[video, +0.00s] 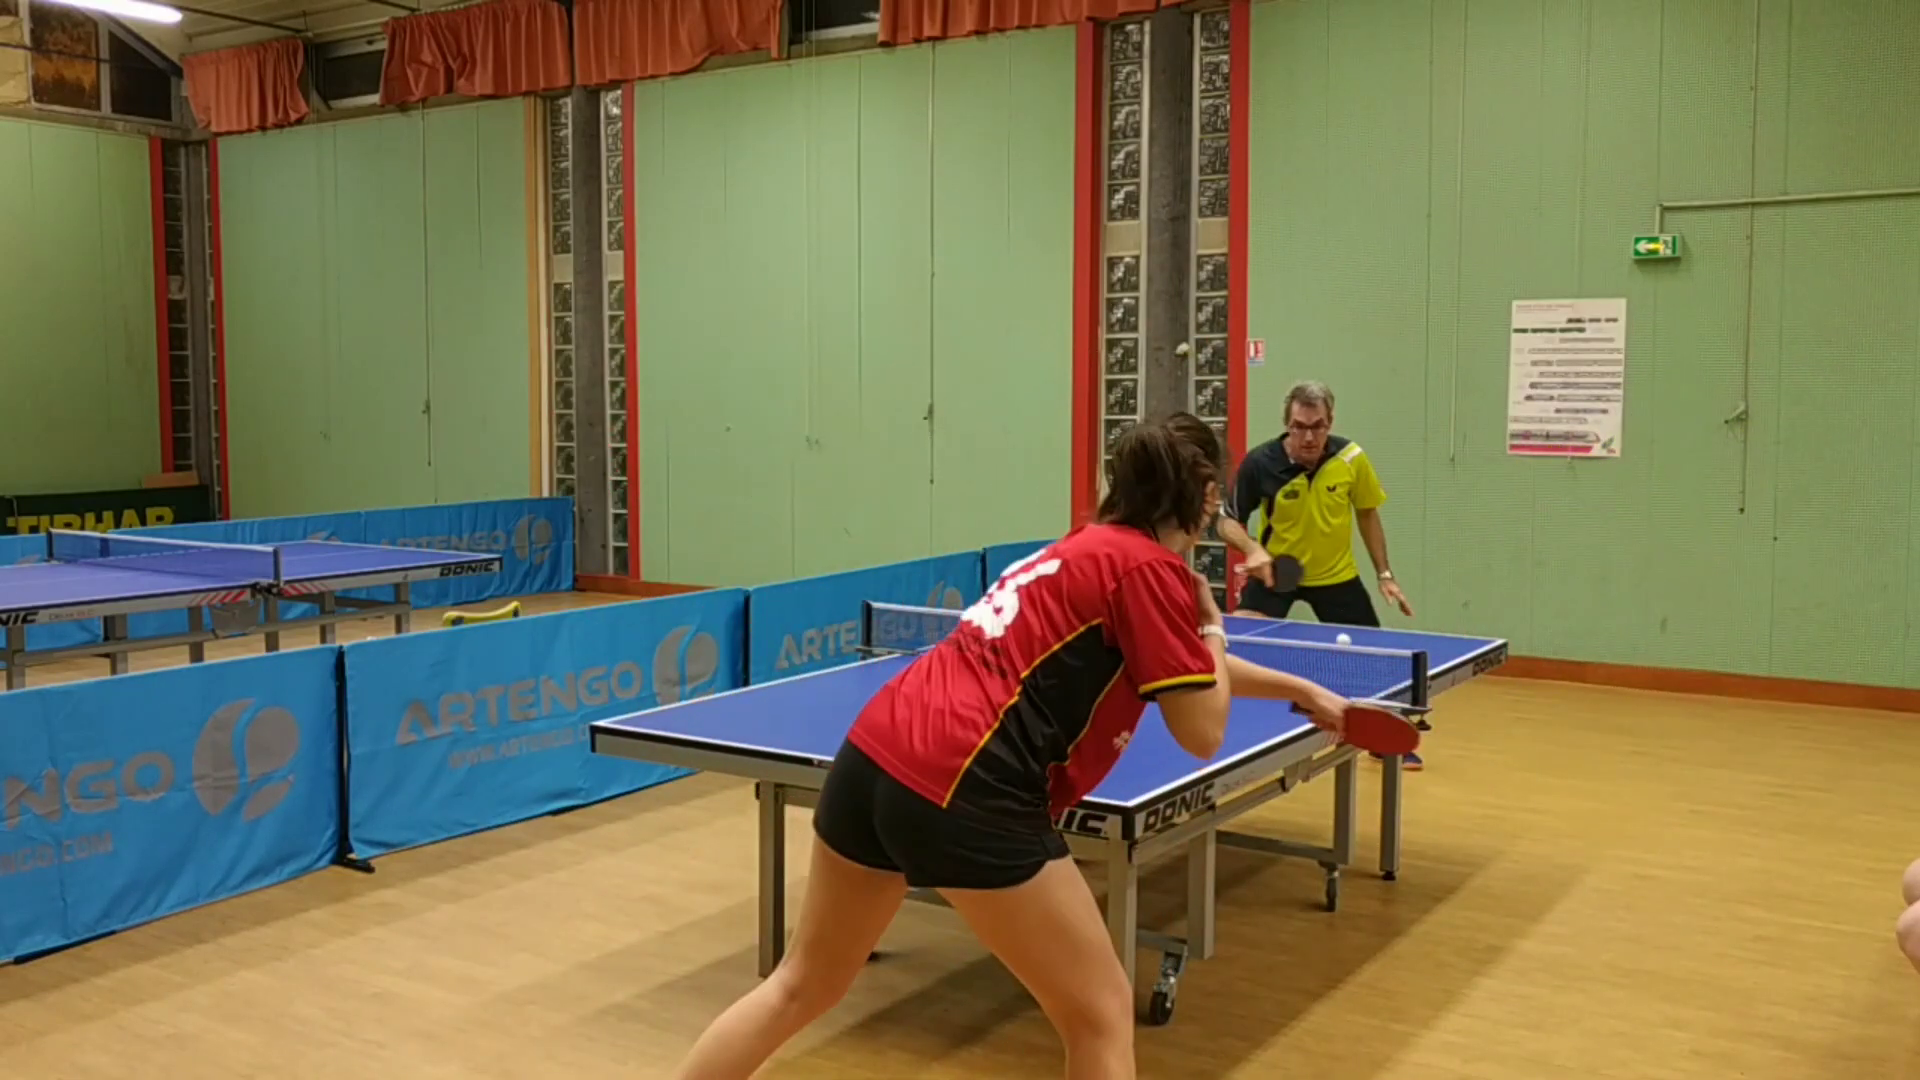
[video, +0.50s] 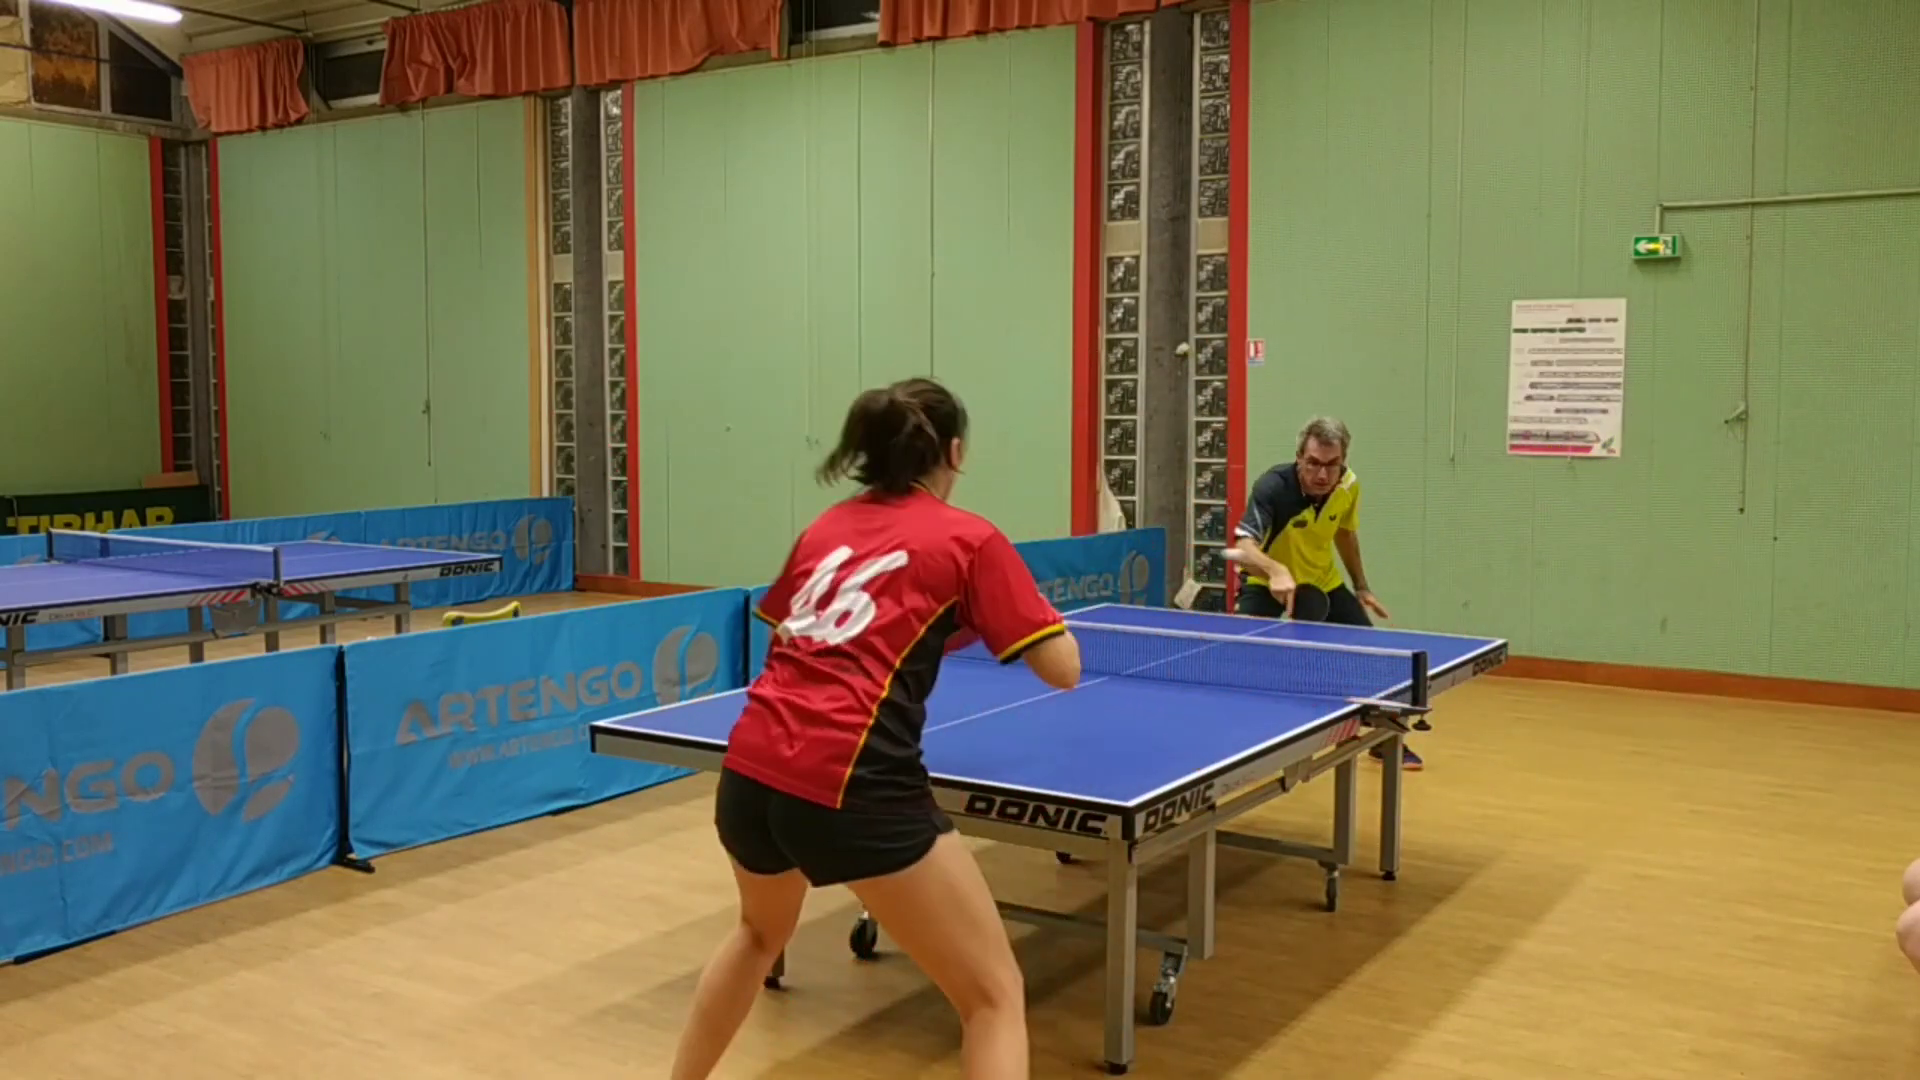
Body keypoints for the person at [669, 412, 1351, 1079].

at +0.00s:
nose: (1217, 508)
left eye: (1217, 492)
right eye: (1215, 494)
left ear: (1125, 485)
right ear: (1197, 498)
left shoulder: (1083, 547)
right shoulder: (1153, 574)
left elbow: (1190, 664)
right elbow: (1202, 732)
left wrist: (1304, 691)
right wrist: (1211, 631)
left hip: (872, 754)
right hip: (967, 790)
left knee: (800, 983)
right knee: (1099, 1018)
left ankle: (689, 1078)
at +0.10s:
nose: (1180, 492)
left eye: (1179, 481)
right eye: (1178, 481)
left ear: (1086, 480)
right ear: (1165, 492)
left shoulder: (1045, 544)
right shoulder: (1135, 573)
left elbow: (1112, 642)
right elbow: (1190, 729)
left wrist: (1238, 682)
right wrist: (1205, 642)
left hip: (862, 770)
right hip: (964, 805)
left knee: (785, 979)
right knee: (1108, 1020)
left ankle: (687, 1075)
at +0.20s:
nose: (1115, 494)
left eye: (1113, 482)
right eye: (1111, 483)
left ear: (1027, 489)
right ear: (1098, 494)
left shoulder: (983, 550)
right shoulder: (1097, 579)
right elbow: (1154, 725)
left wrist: (1131, 636)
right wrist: (1181, 658)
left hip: (840, 795)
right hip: (948, 822)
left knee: (776, 985)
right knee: (1097, 1019)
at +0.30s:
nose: (1046, 487)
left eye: (1042, 474)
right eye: (1043, 475)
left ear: (955, 484)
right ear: (1034, 489)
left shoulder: (912, 550)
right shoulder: (1024, 576)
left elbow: (938, 661)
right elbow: (1094, 714)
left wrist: (1065, 639)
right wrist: (1127, 653)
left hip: (792, 805)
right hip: (900, 825)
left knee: (769, 983)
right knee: (1054, 1020)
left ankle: (701, 1076)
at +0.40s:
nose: (993, 472)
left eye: (994, 461)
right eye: (992, 462)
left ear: (902, 469)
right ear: (979, 470)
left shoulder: (854, 539)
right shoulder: (982, 559)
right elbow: (1057, 696)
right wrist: (1076, 636)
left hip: (760, 790)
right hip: (867, 807)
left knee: (757, 967)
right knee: (1007, 1012)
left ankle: (689, 1073)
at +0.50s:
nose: (965, 455)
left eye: (962, 442)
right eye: (963, 443)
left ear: (874, 451)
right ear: (951, 453)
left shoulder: (829, 524)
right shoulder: (967, 538)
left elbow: (781, 625)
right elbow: (1062, 667)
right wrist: (1032, 610)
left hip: (749, 781)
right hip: (855, 795)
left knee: (757, 933)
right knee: (991, 998)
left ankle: (683, 1073)